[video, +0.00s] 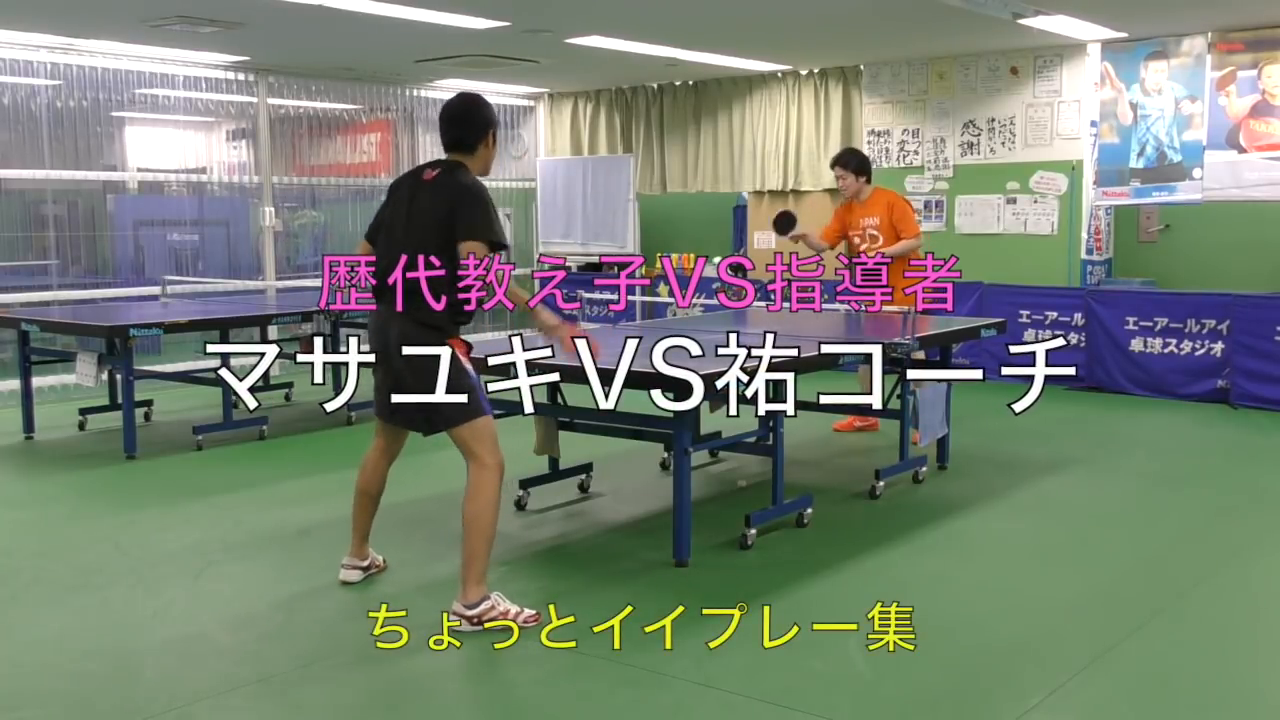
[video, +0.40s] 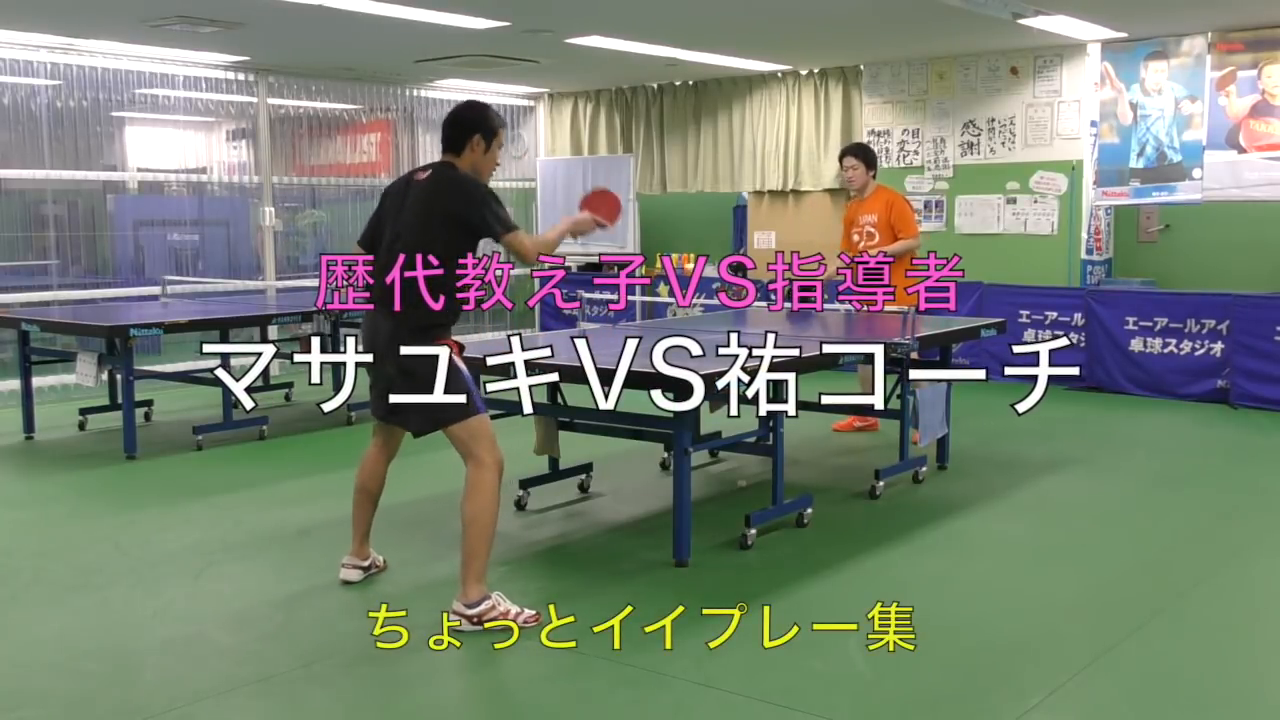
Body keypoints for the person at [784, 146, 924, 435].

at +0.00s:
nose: (839, 184)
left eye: (843, 177)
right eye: (837, 178)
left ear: (861, 176)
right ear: (841, 178)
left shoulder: (893, 202)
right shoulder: (844, 211)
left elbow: (914, 241)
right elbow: (824, 245)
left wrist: (882, 252)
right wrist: (805, 237)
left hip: (904, 295)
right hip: (869, 297)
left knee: (914, 359)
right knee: (866, 355)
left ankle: (923, 420)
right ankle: (867, 413)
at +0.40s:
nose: (847, 174)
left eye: (853, 168)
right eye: (844, 169)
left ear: (870, 170)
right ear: (842, 172)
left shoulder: (893, 200)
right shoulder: (851, 209)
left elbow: (912, 240)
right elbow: (847, 255)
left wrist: (879, 251)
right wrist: (823, 277)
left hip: (898, 296)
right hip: (865, 298)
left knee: (911, 358)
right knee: (864, 354)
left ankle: (925, 417)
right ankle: (867, 413)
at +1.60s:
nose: (842, 181)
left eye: (847, 175)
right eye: (841, 175)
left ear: (865, 175)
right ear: (846, 176)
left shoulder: (897, 202)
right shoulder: (848, 208)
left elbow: (917, 241)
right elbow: (830, 245)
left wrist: (888, 249)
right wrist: (812, 238)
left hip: (903, 297)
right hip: (869, 298)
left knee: (913, 360)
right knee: (868, 355)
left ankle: (925, 420)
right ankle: (867, 413)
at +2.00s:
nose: (855, 172)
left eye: (861, 166)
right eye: (852, 167)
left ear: (877, 167)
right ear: (849, 170)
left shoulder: (897, 198)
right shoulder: (855, 206)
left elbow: (918, 238)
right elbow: (852, 249)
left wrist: (886, 244)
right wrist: (834, 271)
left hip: (901, 295)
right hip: (869, 296)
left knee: (911, 359)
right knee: (869, 354)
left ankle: (924, 418)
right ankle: (867, 413)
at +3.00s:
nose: (853, 185)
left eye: (857, 179)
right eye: (850, 179)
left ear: (874, 176)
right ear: (850, 179)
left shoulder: (897, 205)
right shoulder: (866, 208)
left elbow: (919, 247)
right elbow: (876, 250)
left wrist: (878, 258)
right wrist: (852, 270)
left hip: (908, 300)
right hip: (880, 298)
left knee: (909, 360)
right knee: (871, 356)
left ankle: (928, 419)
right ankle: (868, 414)